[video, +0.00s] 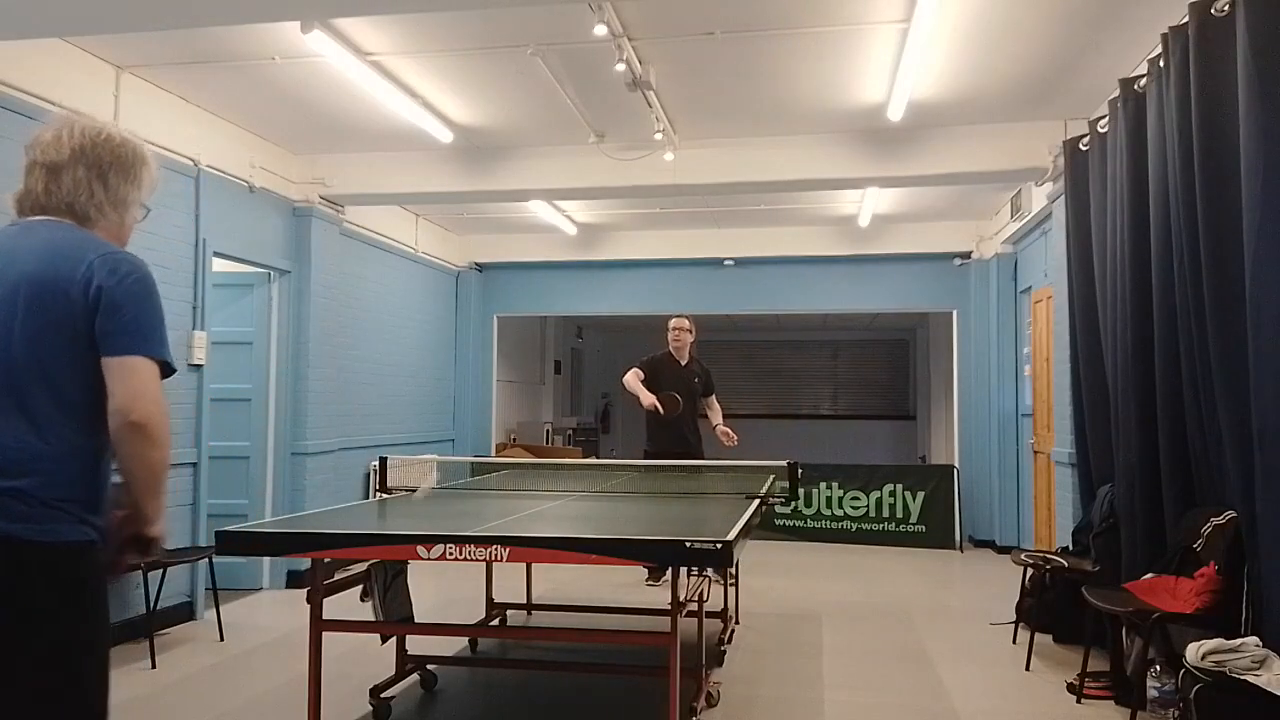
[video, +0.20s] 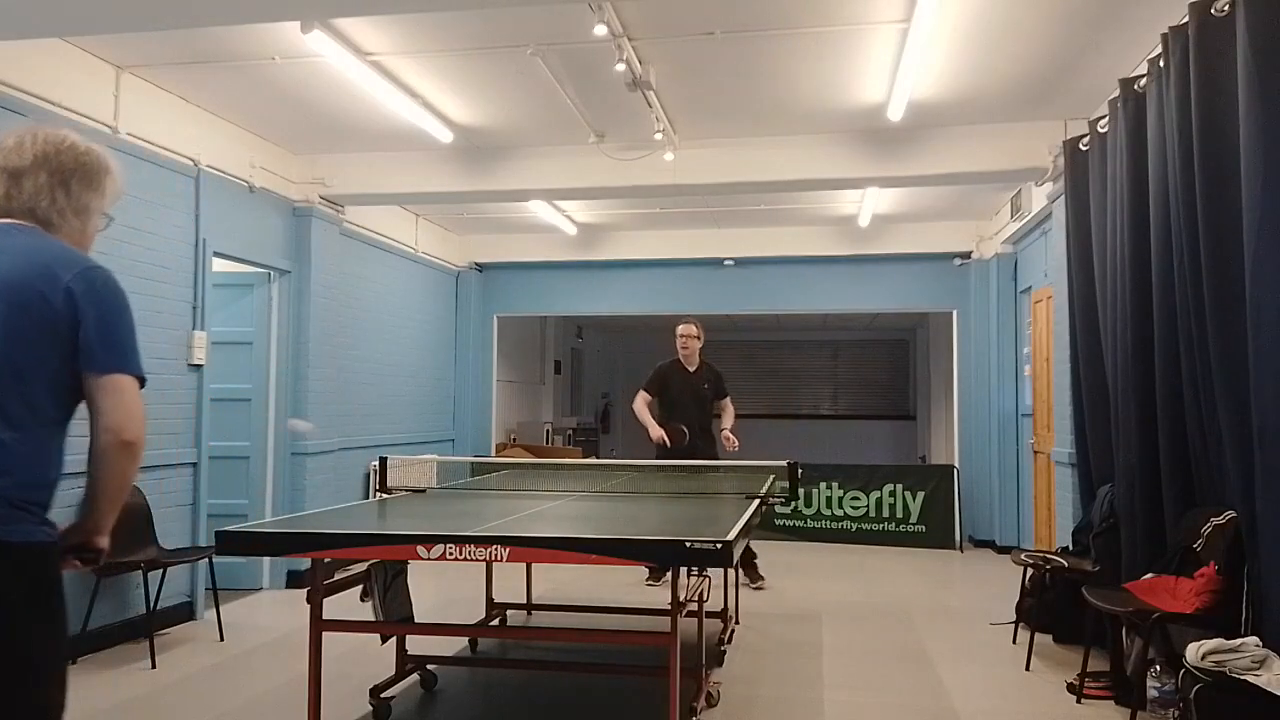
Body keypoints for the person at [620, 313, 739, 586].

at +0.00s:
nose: (678, 334)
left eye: (683, 330)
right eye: (674, 330)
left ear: (692, 336)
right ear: (667, 335)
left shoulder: (700, 370)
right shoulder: (655, 362)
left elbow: (711, 404)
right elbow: (629, 378)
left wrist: (718, 425)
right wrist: (643, 393)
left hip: (691, 452)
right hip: (657, 452)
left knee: (698, 507)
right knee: (656, 509)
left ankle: (709, 562)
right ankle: (656, 566)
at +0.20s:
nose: (685, 341)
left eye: (690, 337)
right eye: (681, 337)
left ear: (700, 341)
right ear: (675, 340)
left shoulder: (712, 374)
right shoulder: (663, 372)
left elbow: (727, 408)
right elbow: (639, 403)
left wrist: (725, 429)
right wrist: (652, 426)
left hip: (705, 456)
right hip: (670, 456)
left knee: (724, 508)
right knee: (663, 510)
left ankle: (749, 566)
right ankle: (658, 566)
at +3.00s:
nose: (710, 344)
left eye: (716, 339)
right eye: (706, 339)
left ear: (728, 342)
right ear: (702, 341)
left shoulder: (742, 375)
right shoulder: (692, 362)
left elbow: (755, 411)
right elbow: (663, 353)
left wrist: (747, 434)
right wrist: (650, 340)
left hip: (728, 456)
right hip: (692, 453)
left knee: (738, 513)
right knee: (678, 508)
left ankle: (748, 572)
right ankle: (677, 561)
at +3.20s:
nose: (721, 340)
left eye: (726, 335)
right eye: (717, 336)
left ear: (739, 338)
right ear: (713, 338)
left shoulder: (752, 372)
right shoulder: (701, 361)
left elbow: (768, 408)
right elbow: (669, 355)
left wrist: (759, 433)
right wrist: (656, 344)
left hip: (738, 455)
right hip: (703, 452)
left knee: (745, 514)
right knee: (684, 505)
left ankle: (749, 573)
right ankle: (676, 560)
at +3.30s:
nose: (725, 338)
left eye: (730, 334)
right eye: (721, 334)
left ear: (743, 336)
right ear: (717, 336)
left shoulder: (756, 370)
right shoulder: (704, 361)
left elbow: (773, 407)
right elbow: (670, 360)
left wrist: (763, 432)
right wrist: (655, 354)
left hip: (741, 454)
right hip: (706, 451)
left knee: (747, 514)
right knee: (688, 506)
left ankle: (749, 572)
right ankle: (679, 560)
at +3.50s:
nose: (724, 337)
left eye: (729, 333)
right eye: (720, 333)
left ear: (742, 335)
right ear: (716, 335)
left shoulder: (755, 370)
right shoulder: (705, 363)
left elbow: (772, 409)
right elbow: (677, 385)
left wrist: (759, 432)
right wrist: (656, 394)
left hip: (739, 455)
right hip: (703, 453)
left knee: (746, 515)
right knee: (686, 508)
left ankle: (749, 573)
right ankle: (678, 566)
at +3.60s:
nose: (716, 338)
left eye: (722, 333)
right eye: (713, 333)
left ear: (735, 336)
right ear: (708, 336)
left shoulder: (749, 371)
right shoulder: (700, 365)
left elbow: (766, 411)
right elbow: (685, 395)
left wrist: (751, 433)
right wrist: (668, 417)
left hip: (734, 455)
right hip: (699, 452)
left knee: (742, 514)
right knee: (681, 507)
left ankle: (749, 572)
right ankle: (672, 565)